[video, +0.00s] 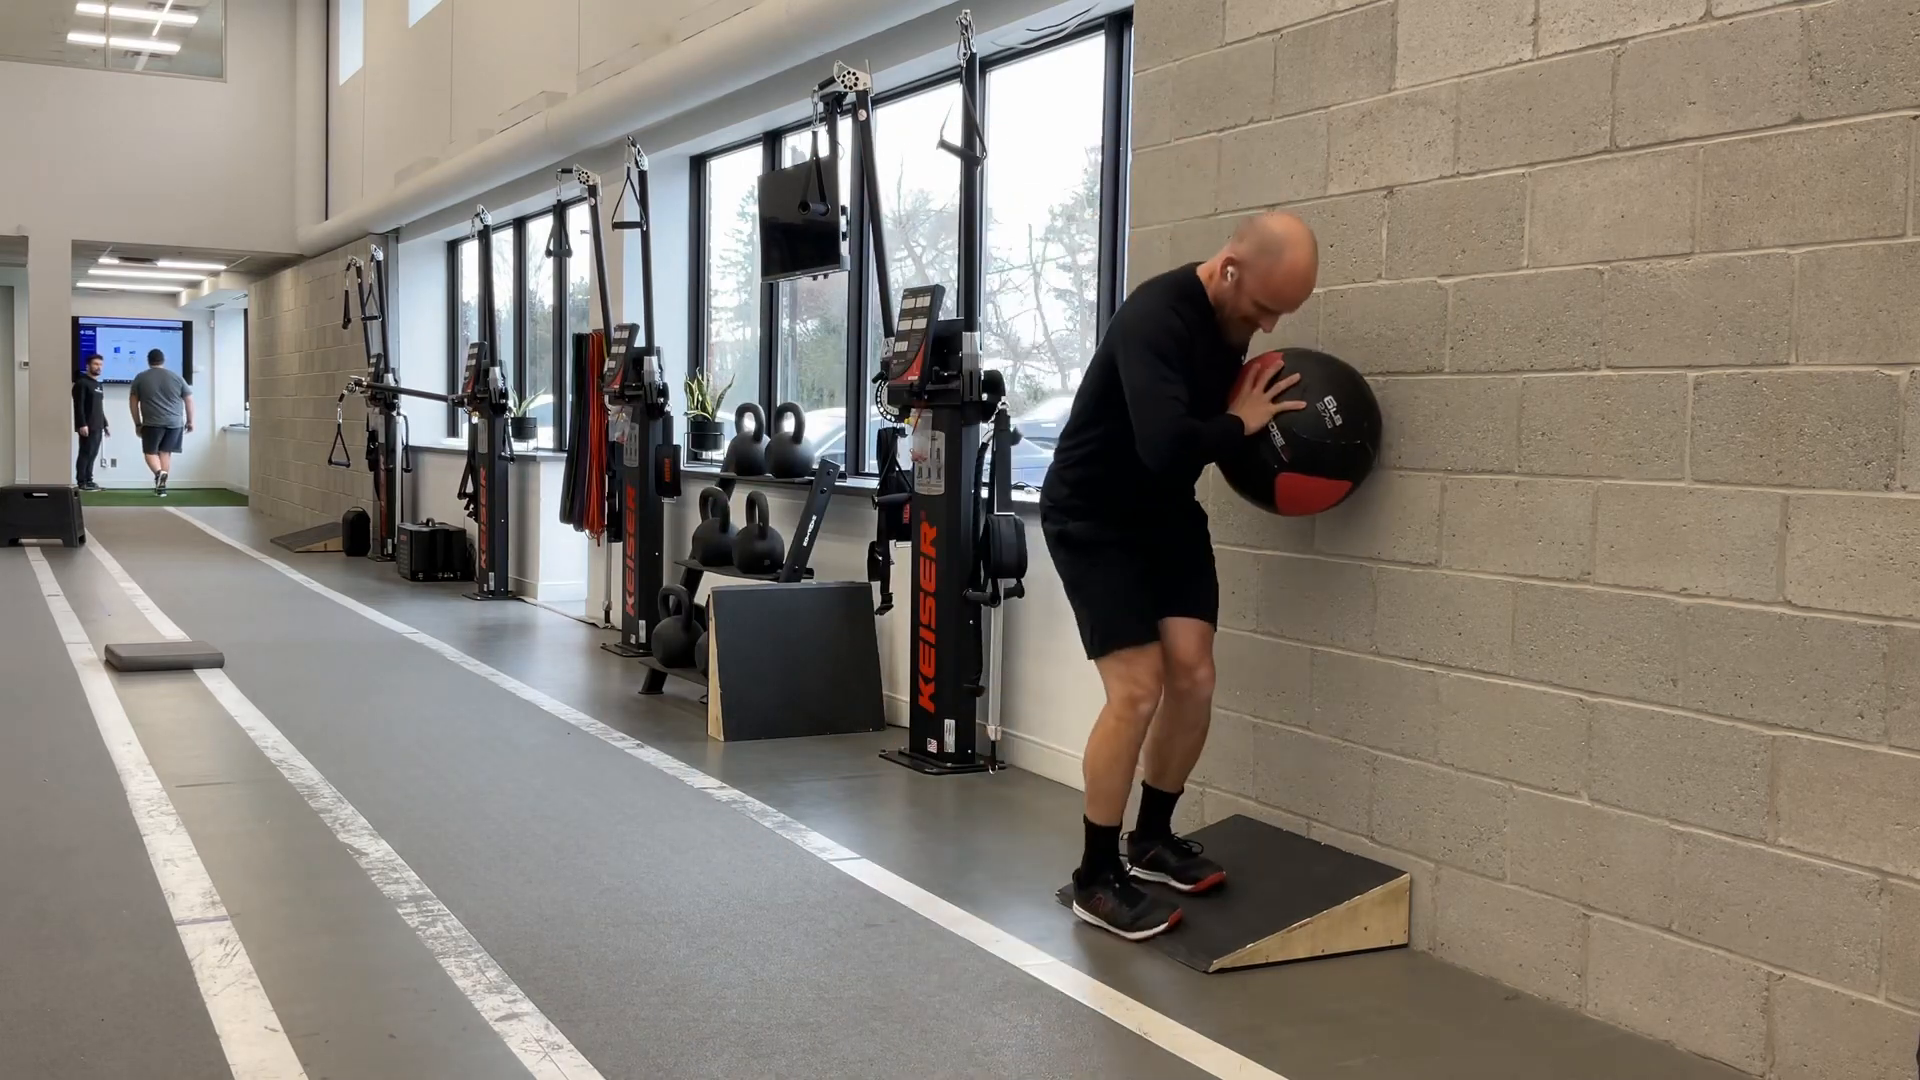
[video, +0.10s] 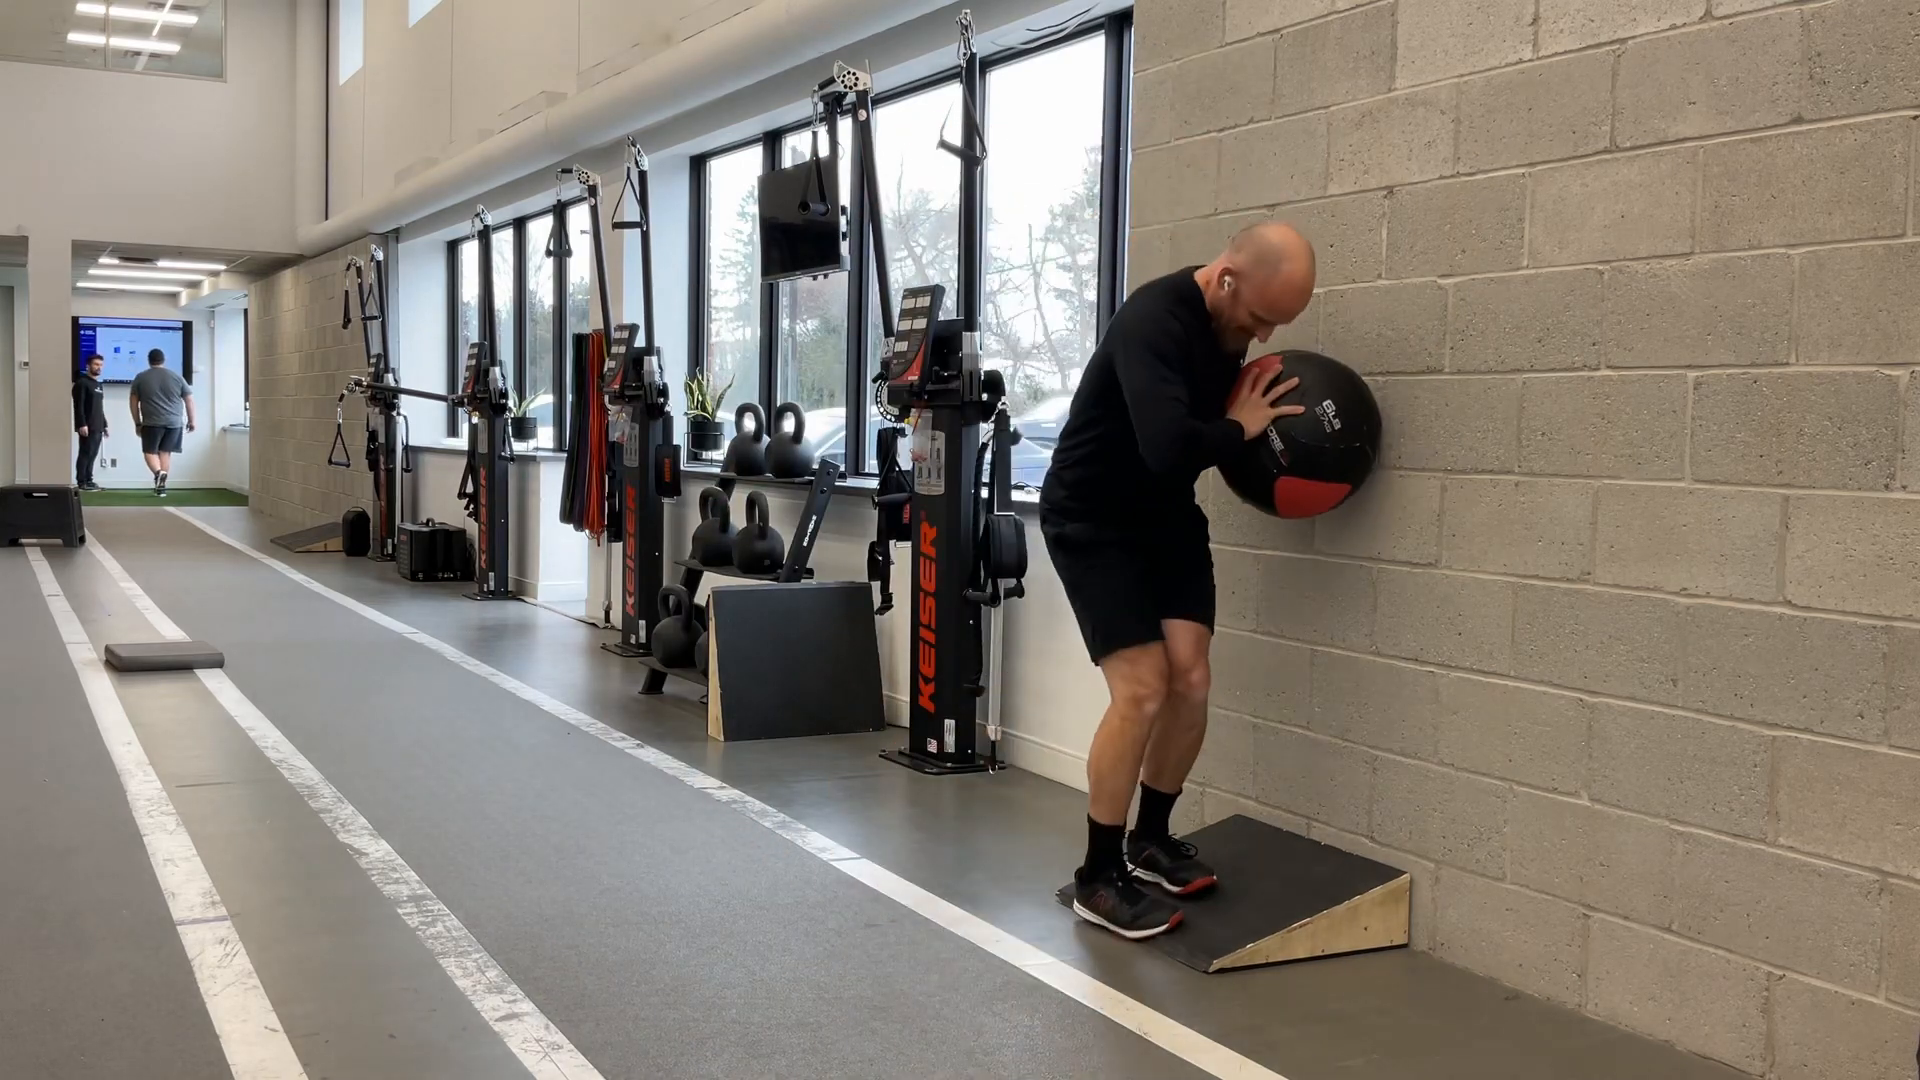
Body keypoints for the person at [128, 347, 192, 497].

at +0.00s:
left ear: (148, 361)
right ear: (164, 361)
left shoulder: (141, 377)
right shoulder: (176, 377)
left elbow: (133, 402)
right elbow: (188, 398)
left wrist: (137, 423)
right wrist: (190, 421)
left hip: (152, 423)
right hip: (174, 423)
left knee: (150, 453)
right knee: (165, 453)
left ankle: (159, 472)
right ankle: (162, 488)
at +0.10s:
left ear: (149, 361)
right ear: (164, 361)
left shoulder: (141, 377)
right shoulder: (176, 377)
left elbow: (133, 402)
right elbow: (189, 398)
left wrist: (137, 422)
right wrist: (191, 420)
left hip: (152, 423)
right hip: (174, 423)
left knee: (150, 452)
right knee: (165, 453)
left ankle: (158, 472)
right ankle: (161, 488)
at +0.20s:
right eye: (162, 360)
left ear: (150, 360)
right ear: (165, 360)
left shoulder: (142, 376)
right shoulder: (176, 376)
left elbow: (134, 400)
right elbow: (189, 398)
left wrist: (136, 421)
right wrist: (191, 421)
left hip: (150, 423)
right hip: (172, 423)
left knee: (149, 451)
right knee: (165, 452)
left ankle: (156, 472)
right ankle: (160, 488)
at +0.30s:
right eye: (164, 359)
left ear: (152, 360)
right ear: (167, 360)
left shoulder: (143, 375)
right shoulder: (177, 376)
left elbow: (133, 399)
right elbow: (189, 399)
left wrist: (135, 420)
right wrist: (191, 421)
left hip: (148, 422)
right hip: (171, 423)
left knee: (147, 450)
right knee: (163, 453)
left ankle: (154, 472)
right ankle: (159, 488)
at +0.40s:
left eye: (157, 359)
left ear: (154, 360)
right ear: (169, 360)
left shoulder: (144, 375)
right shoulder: (178, 377)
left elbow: (133, 397)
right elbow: (189, 400)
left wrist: (134, 418)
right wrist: (190, 422)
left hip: (147, 422)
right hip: (169, 423)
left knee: (145, 449)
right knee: (162, 453)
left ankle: (152, 472)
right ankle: (157, 487)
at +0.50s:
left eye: (158, 359)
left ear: (155, 360)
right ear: (170, 360)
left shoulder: (144, 374)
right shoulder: (179, 377)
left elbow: (133, 397)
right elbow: (189, 401)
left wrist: (134, 418)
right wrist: (190, 423)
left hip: (146, 421)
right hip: (169, 423)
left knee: (144, 449)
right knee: (161, 454)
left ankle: (150, 471)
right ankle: (157, 487)